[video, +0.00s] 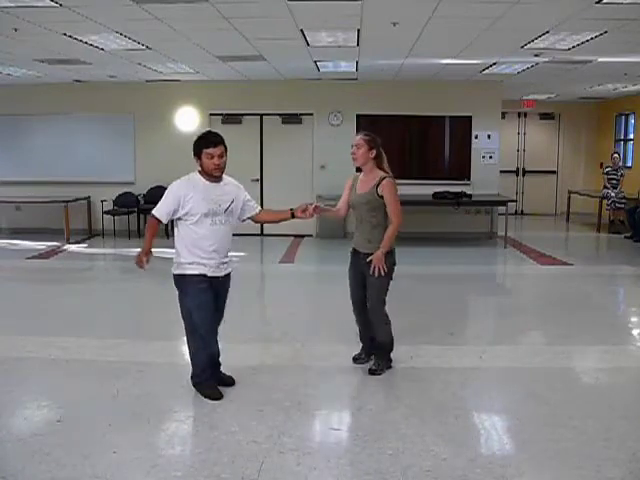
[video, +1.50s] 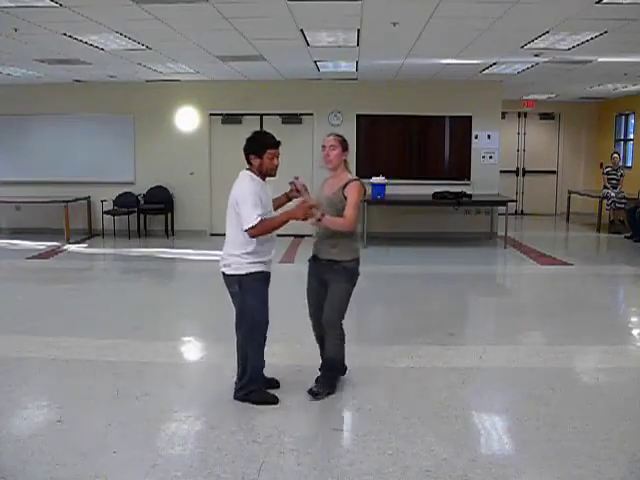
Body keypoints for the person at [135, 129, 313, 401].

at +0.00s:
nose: (218, 162)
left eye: (222, 156)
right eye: (211, 157)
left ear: (226, 156)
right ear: (198, 159)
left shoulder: (234, 189)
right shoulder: (181, 189)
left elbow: (259, 216)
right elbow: (155, 219)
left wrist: (293, 213)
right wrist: (146, 249)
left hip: (221, 271)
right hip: (191, 272)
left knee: (212, 325)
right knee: (200, 327)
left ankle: (213, 370)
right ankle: (202, 379)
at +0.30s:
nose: (230, 163)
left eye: (233, 157)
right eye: (223, 158)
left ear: (236, 158)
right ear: (209, 159)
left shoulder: (231, 189)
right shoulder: (197, 189)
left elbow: (239, 221)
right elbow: (187, 229)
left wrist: (268, 223)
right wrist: (221, 252)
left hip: (226, 272)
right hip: (201, 274)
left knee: (232, 319)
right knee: (206, 328)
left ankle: (215, 368)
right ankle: (201, 383)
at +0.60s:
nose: (245, 161)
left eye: (248, 156)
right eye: (239, 156)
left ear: (250, 157)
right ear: (223, 158)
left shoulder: (232, 185)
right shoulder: (220, 188)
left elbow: (233, 220)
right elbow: (243, 228)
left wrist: (255, 207)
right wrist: (281, 218)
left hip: (234, 271)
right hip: (219, 273)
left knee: (240, 325)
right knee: (216, 330)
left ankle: (242, 374)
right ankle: (201, 384)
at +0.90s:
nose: (261, 162)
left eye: (264, 157)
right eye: (255, 157)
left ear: (267, 158)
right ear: (240, 158)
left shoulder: (246, 184)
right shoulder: (239, 187)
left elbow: (258, 216)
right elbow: (264, 226)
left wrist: (282, 201)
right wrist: (298, 208)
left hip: (245, 267)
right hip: (236, 269)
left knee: (245, 322)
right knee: (252, 323)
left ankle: (242, 373)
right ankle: (215, 371)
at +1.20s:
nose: (277, 163)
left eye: (278, 158)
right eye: (271, 158)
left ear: (278, 158)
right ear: (254, 159)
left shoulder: (262, 185)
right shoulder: (249, 188)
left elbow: (271, 215)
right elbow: (257, 231)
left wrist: (294, 201)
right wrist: (290, 211)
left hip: (261, 269)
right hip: (248, 271)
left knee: (268, 321)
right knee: (257, 326)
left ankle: (245, 368)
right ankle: (250, 387)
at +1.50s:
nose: (277, 162)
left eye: (277, 156)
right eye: (272, 157)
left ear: (260, 160)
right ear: (255, 159)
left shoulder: (256, 182)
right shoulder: (247, 186)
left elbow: (265, 210)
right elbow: (254, 228)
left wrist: (289, 196)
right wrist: (292, 215)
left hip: (254, 268)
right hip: (245, 270)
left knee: (255, 326)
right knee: (252, 328)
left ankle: (254, 376)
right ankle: (247, 387)